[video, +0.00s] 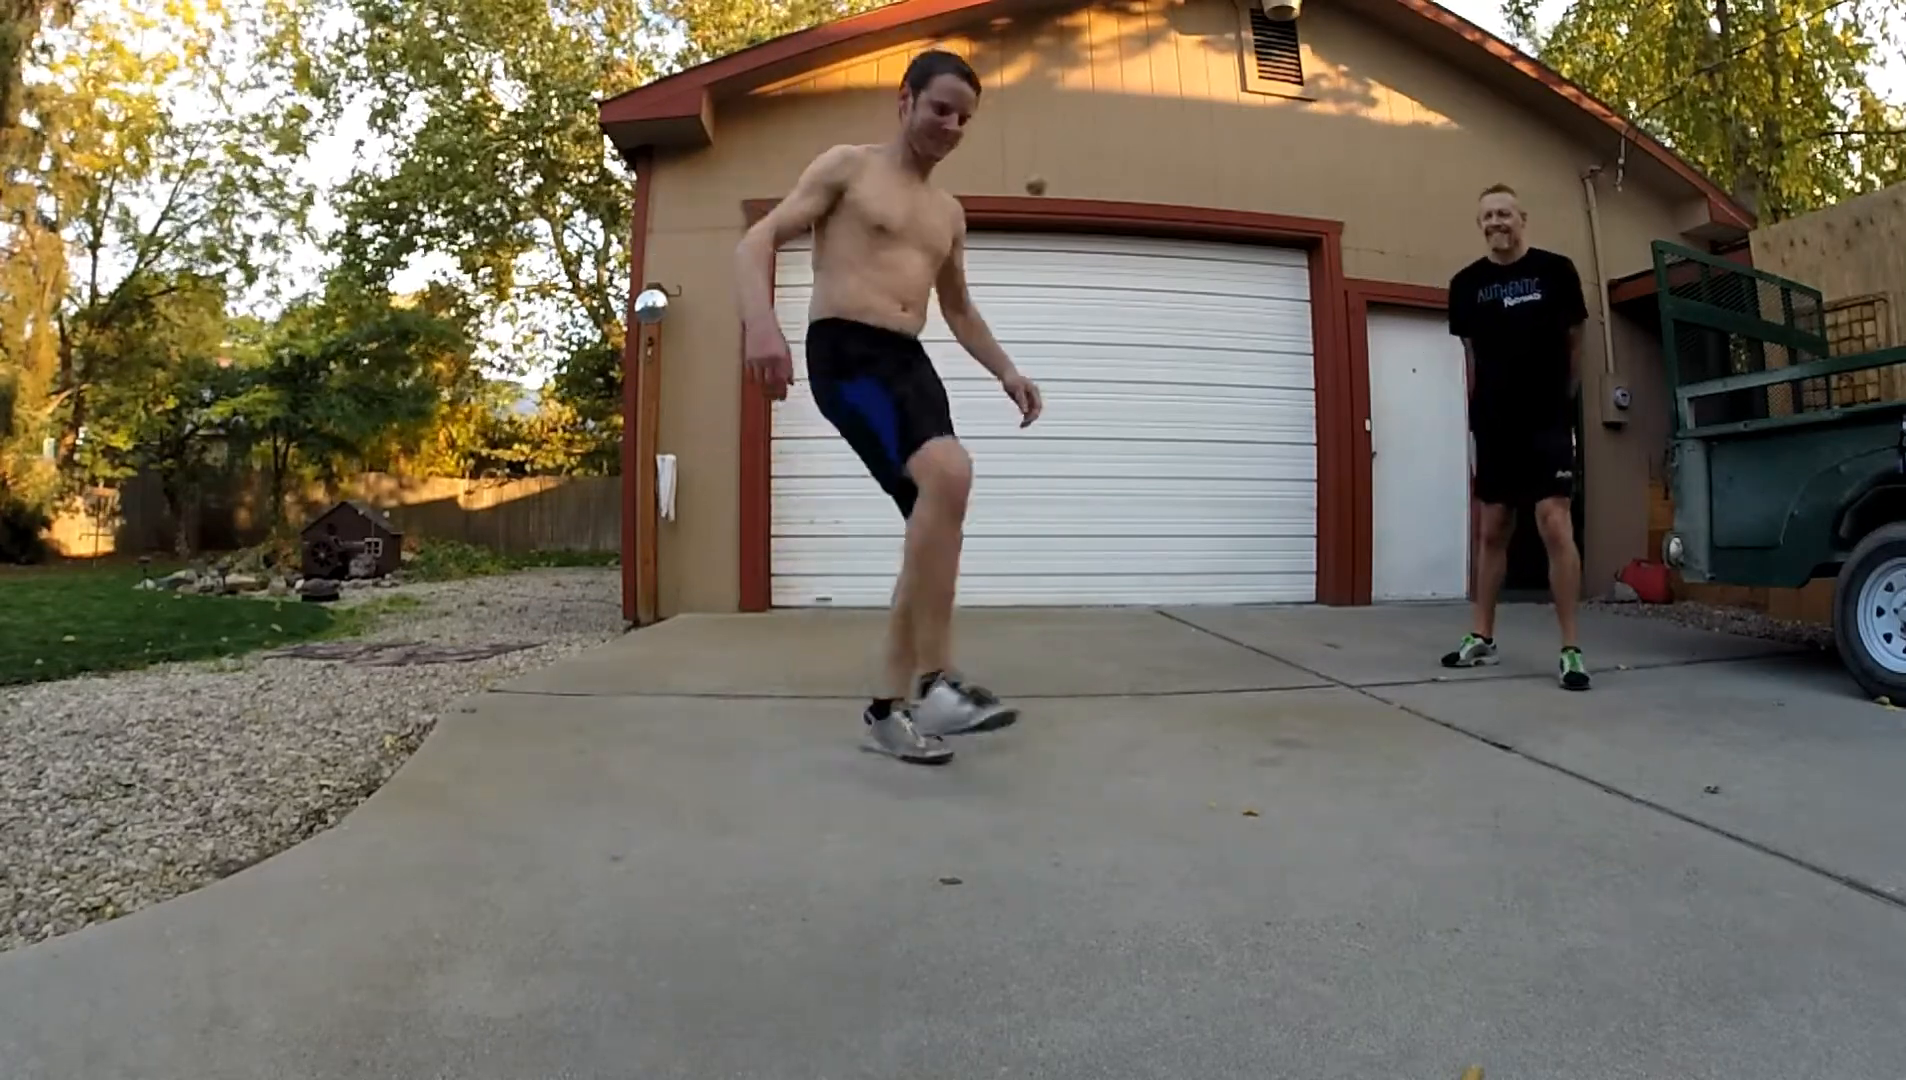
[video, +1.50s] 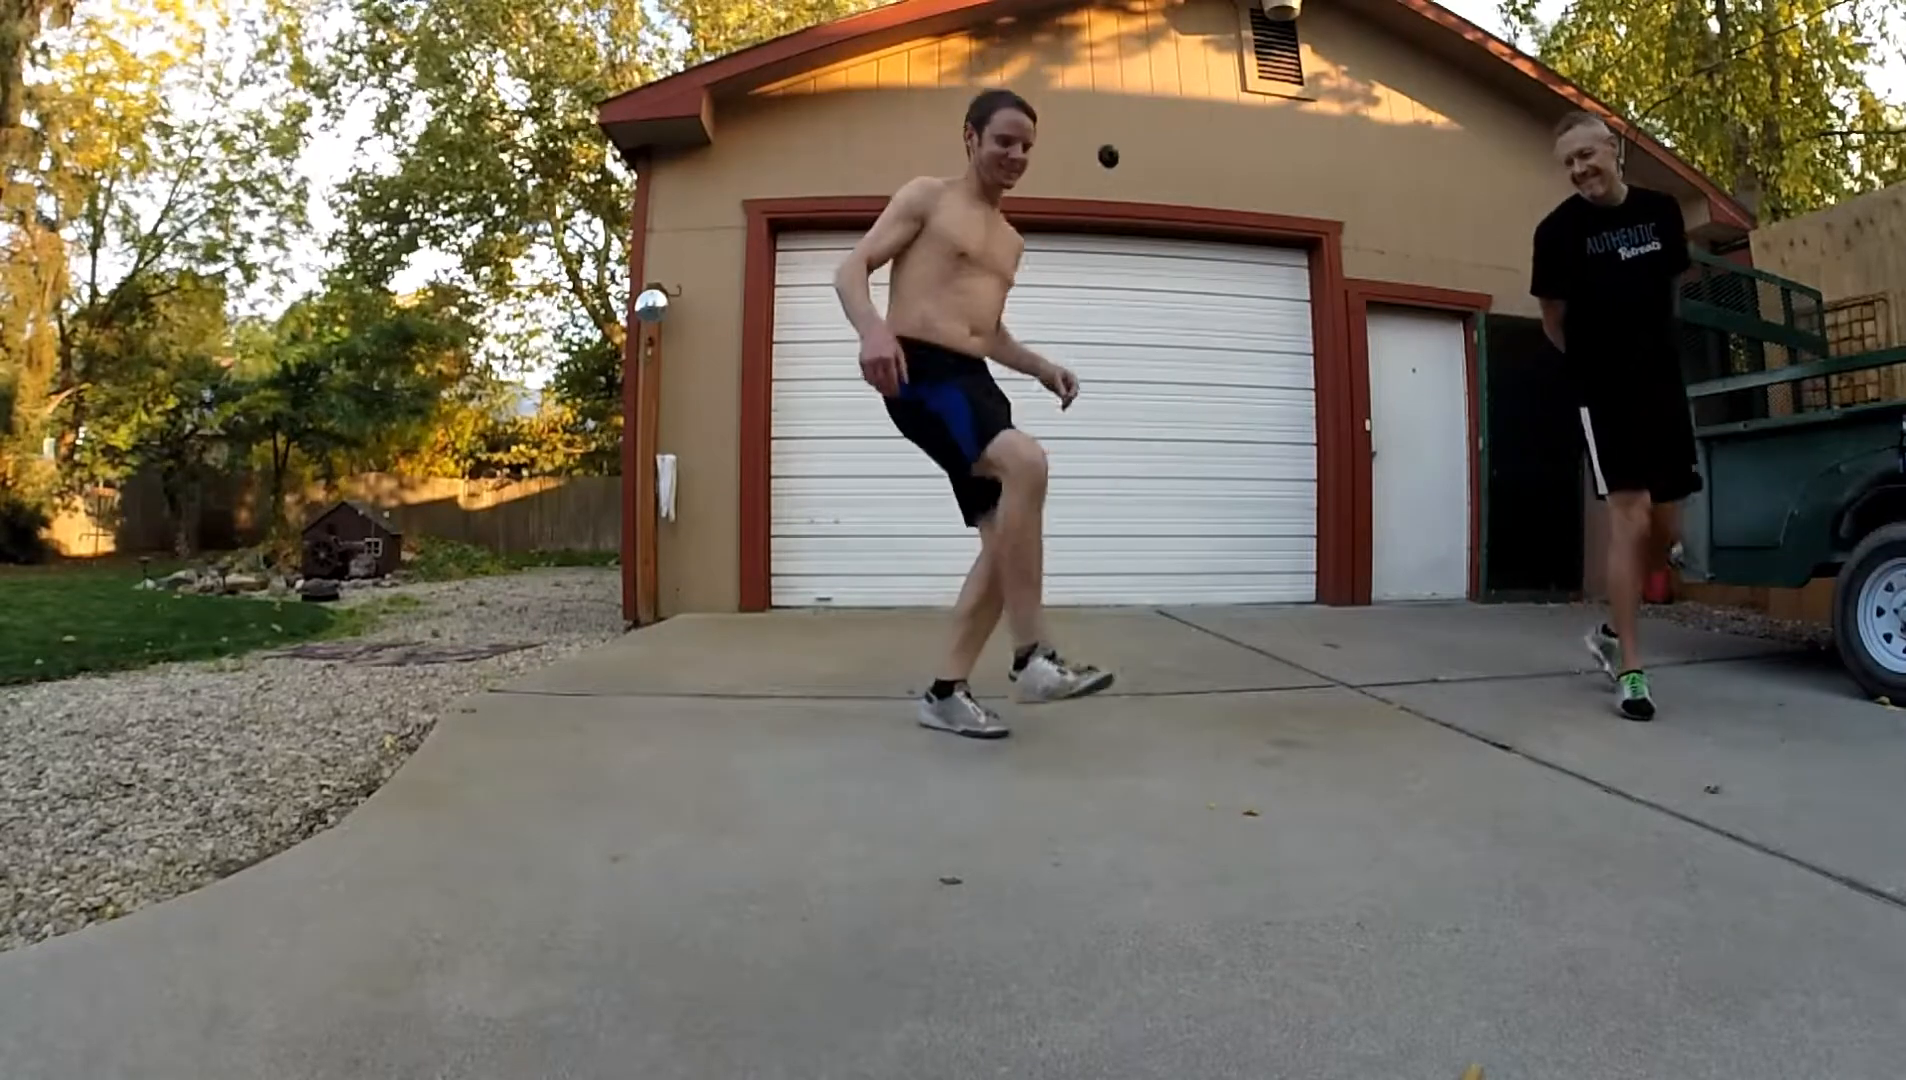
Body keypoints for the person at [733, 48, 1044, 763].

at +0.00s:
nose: (951, 126)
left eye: (963, 117)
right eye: (941, 109)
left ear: (969, 124)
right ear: (907, 101)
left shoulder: (948, 215)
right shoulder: (849, 164)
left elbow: (959, 310)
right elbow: (755, 244)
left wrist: (1008, 373)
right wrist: (761, 326)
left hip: (906, 356)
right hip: (845, 347)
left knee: (940, 518)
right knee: (947, 470)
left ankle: (892, 706)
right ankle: (934, 682)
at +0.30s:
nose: (989, 113)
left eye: (1000, 103)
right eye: (979, 96)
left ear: (1004, 106)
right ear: (941, 86)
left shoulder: (974, 188)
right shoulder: (887, 144)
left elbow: (967, 275)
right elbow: (806, 209)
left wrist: (1013, 328)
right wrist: (855, 265)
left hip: (914, 346)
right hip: (854, 326)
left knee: (934, 522)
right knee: (966, 373)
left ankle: (896, 700)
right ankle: (974, 587)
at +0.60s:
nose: (994, 138)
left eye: (1005, 128)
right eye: (983, 121)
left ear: (1010, 132)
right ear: (947, 111)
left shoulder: (983, 213)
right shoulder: (890, 176)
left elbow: (986, 298)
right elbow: (801, 252)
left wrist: (1041, 336)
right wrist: (833, 328)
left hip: (935, 362)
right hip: (876, 346)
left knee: (954, 533)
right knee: (1013, 364)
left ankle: (895, 705)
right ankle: (1111, 546)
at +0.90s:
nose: (1000, 122)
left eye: (1009, 112)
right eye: (989, 107)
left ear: (1013, 119)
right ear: (951, 102)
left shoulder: (986, 200)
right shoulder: (903, 164)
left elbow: (961, 288)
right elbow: (822, 242)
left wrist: (1014, 339)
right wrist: (858, 306)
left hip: (954, 358)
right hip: (900, 347)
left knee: (976, 533)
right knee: (1010, 442)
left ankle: (919, 699)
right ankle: (1008, 652)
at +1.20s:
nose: (1026, 133)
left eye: (1034, 123)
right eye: (1015, 118)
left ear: (1036, 125)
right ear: (974, 110)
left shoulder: (1008, 202)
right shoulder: (922, 169)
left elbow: (986, 284)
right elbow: (851, 246)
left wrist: (1053, 300)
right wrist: (905, 316)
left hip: (959, 357)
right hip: (900, 337)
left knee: (970, 515)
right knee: (1028, 274)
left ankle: (931, 688)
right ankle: (1124, 433)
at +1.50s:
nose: (1015, 155)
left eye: (1025, 146)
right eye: (1005, 141)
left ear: (1031, 153)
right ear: (972, 138)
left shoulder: (1010, 241)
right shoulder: (927, 195)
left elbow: (988, 332)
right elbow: (850, 271)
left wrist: (1041, 367)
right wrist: (871, 330)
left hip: (973, 378)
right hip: (918, 366)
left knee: (1007, 540)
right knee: (1025, 463)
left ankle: (946, 690)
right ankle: (1030, 657)